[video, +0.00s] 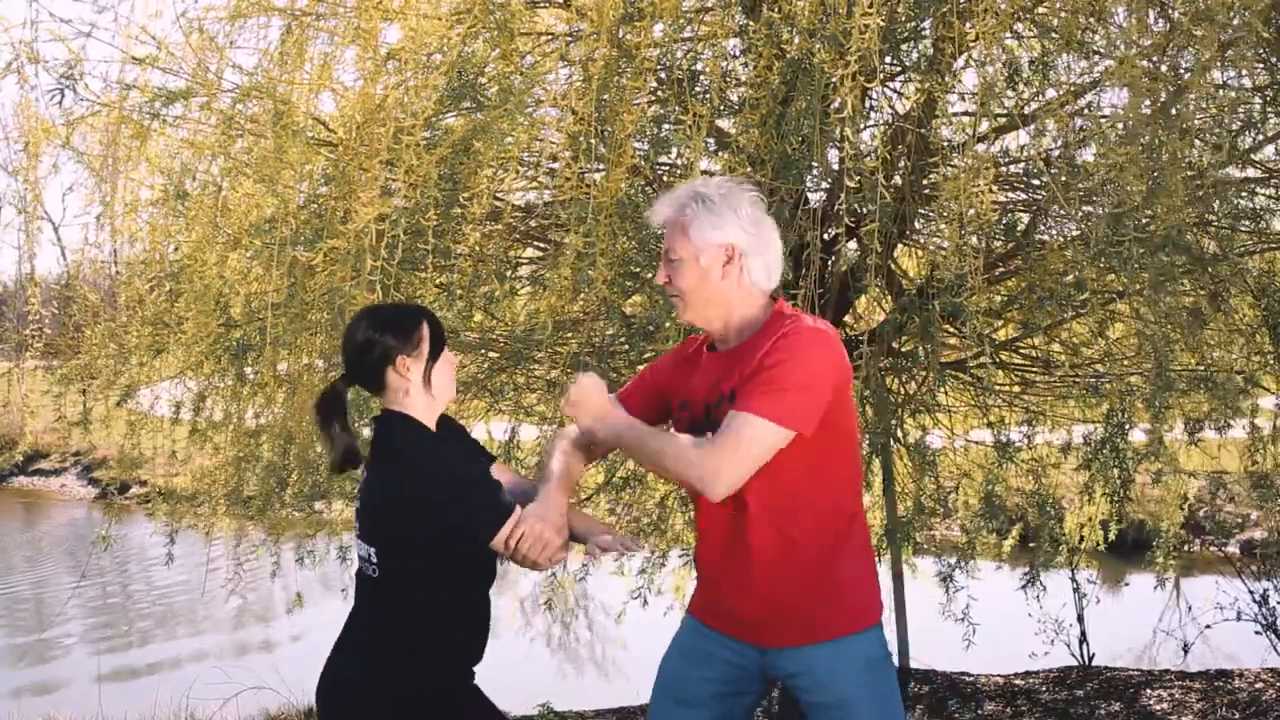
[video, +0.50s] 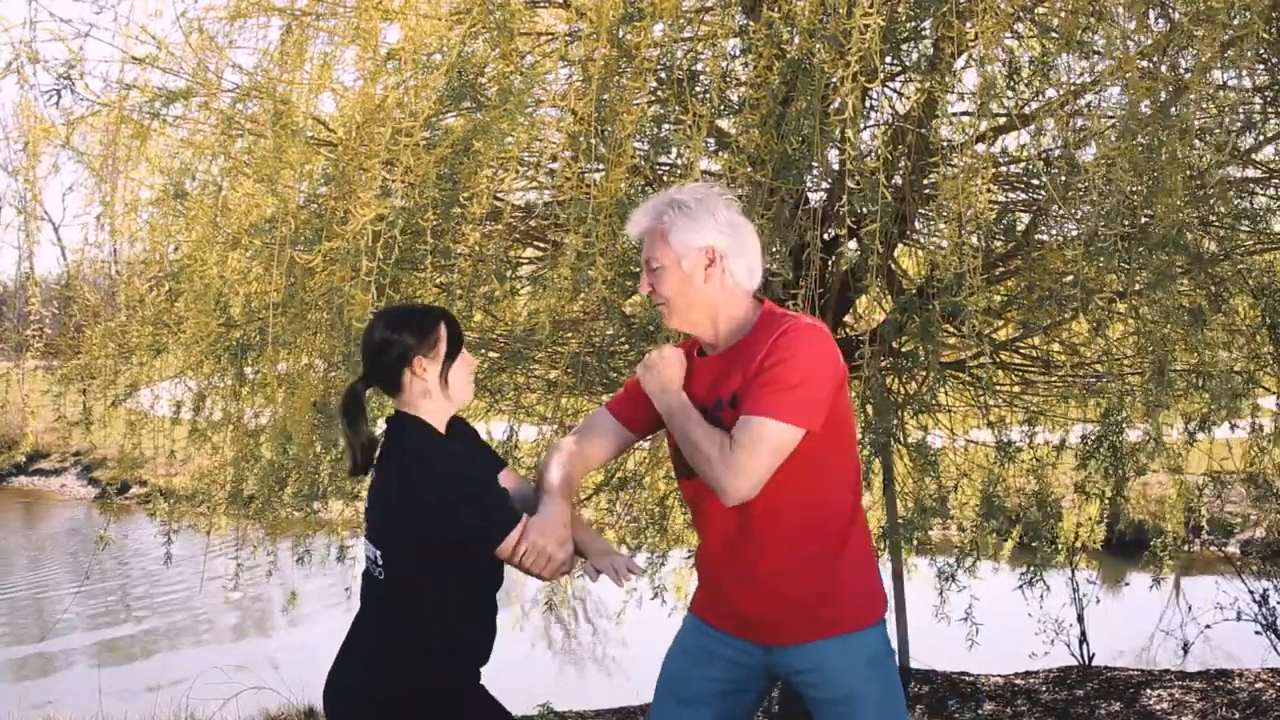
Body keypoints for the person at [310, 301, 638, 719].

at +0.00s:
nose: (454, 359)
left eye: (447, 346)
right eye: (443, 348)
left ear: (401, 368)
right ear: (407, 366)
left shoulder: (434, 429)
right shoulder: (427, 465)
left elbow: (515, 488)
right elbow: (539, 548)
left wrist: (588, 529)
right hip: (414, 695)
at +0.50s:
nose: (472, 360)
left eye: (464, 347)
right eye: (459, 349)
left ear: (421, 370)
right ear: (423, 368)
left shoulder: (448, 431)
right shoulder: (435, 468)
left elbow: (529, 496)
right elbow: (544, 560)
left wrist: (590, 542)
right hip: (421, 697)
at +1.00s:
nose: (439, 359)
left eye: (434, 346)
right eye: (429, 347)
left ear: (380, 362)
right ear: (389, 362)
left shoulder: (336, 436)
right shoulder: (430, 459)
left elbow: (392, 470)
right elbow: (548, 529)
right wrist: (606, 503)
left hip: (307, 686)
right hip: (397, 693)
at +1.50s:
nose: (390, 357)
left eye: (384, 344)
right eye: (378, 345)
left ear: (324, 365)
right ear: (333, 362)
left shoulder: (283, 432)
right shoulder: (359, 452)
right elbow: (493, 493)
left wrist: (400, 437)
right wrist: (529, 398)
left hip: (267, 682)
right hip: (348, 689)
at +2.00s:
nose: (431, 382)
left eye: (428, 368)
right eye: (424, 368)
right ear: (382, 372)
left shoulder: (312, 446)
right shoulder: (407, 454)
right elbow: (539, 499)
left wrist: (436, 432)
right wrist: (504, 436)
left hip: (300, 687)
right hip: (390, 688)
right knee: (482, 712)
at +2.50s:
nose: (522, 401)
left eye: (514, 390)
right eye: (508, 392)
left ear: (462, 416)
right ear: (466, 414)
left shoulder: (428, 473)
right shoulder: (496, 487)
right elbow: (618, 523)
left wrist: (649, 493)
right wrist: (649, 495)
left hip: (370, 695)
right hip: (447, 702)